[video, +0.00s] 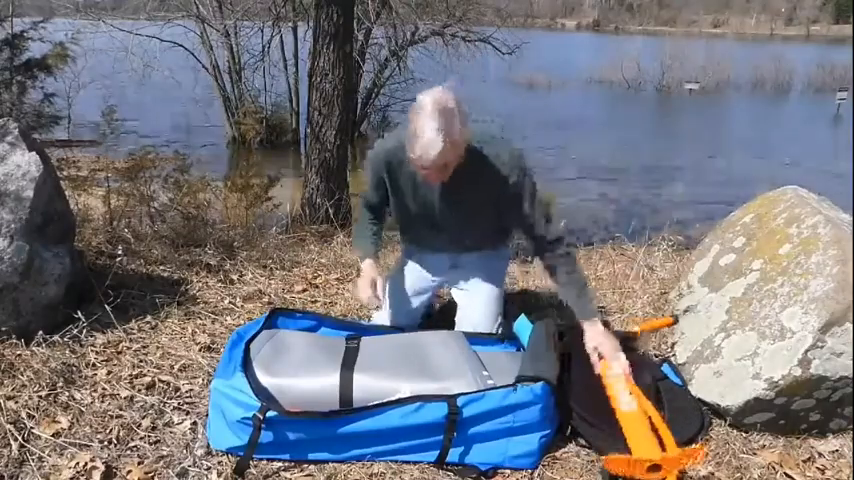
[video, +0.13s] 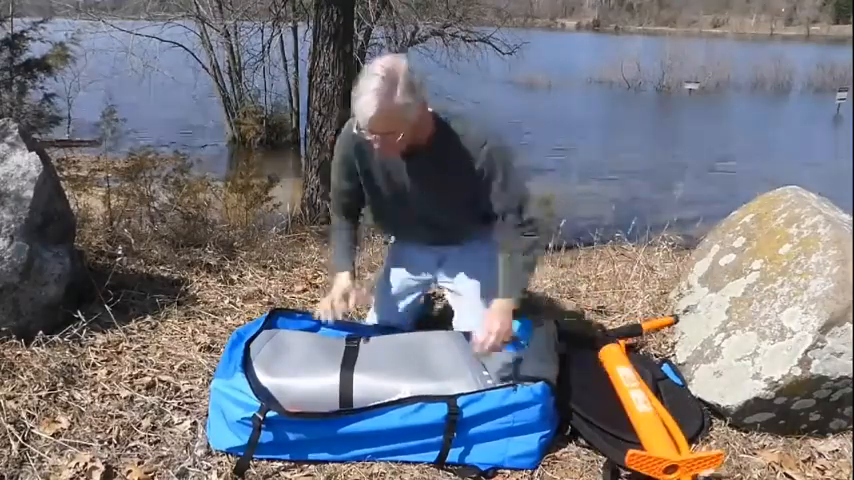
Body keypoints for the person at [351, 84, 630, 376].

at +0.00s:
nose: (433, 177)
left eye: (443, 167)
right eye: (423, 167)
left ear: (462, 142)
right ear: (409, 144)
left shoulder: (501, 163)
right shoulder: (387, 157)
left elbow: (551, 244)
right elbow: (369, 209)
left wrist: (591, 323)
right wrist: (367, 263)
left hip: (482, 261)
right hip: (419, 259)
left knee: (477, 342)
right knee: (384, 333)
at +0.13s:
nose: (376, 145)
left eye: (388, 135)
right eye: (369, 133)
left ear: (422, 114)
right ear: (359, 120)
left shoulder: (477, 144)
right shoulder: (354, 141)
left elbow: (518, 225)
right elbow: (343, 213)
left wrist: (505, 304)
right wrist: (342, 275)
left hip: (474, 250)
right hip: (406, 251)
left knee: (487, 350)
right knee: (378, 342)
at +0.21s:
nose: (354, 152)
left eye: (364, 142)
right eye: (345, 141)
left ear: (397, 119)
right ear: (336, 130)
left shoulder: (444, 148)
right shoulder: (339, 153)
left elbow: (442, 254)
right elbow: (338, 232)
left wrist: (399, 351)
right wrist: (331, 318)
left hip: (467, 234)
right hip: (407, 241)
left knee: (472, 330)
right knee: (380, 332)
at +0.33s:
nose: (312, 179)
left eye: (320, 169)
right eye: (305, 170)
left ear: (351, 151)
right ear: (299, 158)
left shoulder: (411, 170)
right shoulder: (324, 177)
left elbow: (425, 280)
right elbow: (332, 251)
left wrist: (403, 375)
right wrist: (331, 324)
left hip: (460, 234)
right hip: (401, 240)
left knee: (471, 332)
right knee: (378, 328)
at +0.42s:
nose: (312, 169)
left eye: (320, 158)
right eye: (305, 160)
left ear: (353, 139)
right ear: (298, 151)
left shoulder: (416, 167)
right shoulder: (324, 174)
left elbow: (453, 270)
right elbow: (332, 250)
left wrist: (413, 357)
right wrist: (331, 325)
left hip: (461, 243)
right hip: (402, 248)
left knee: (468, 343)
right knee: (378, 337)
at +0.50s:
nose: (335, 153)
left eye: (347, 144)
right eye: (328, 143)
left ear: (380, 125)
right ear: (321, 130)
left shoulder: (429, 149)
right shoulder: (328, 159)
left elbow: (451, 249)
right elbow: (334, 244)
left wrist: (387, 309)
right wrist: (324, 316)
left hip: (460, 238)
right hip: (403, 243)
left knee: (474, 338)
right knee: (382, 340)